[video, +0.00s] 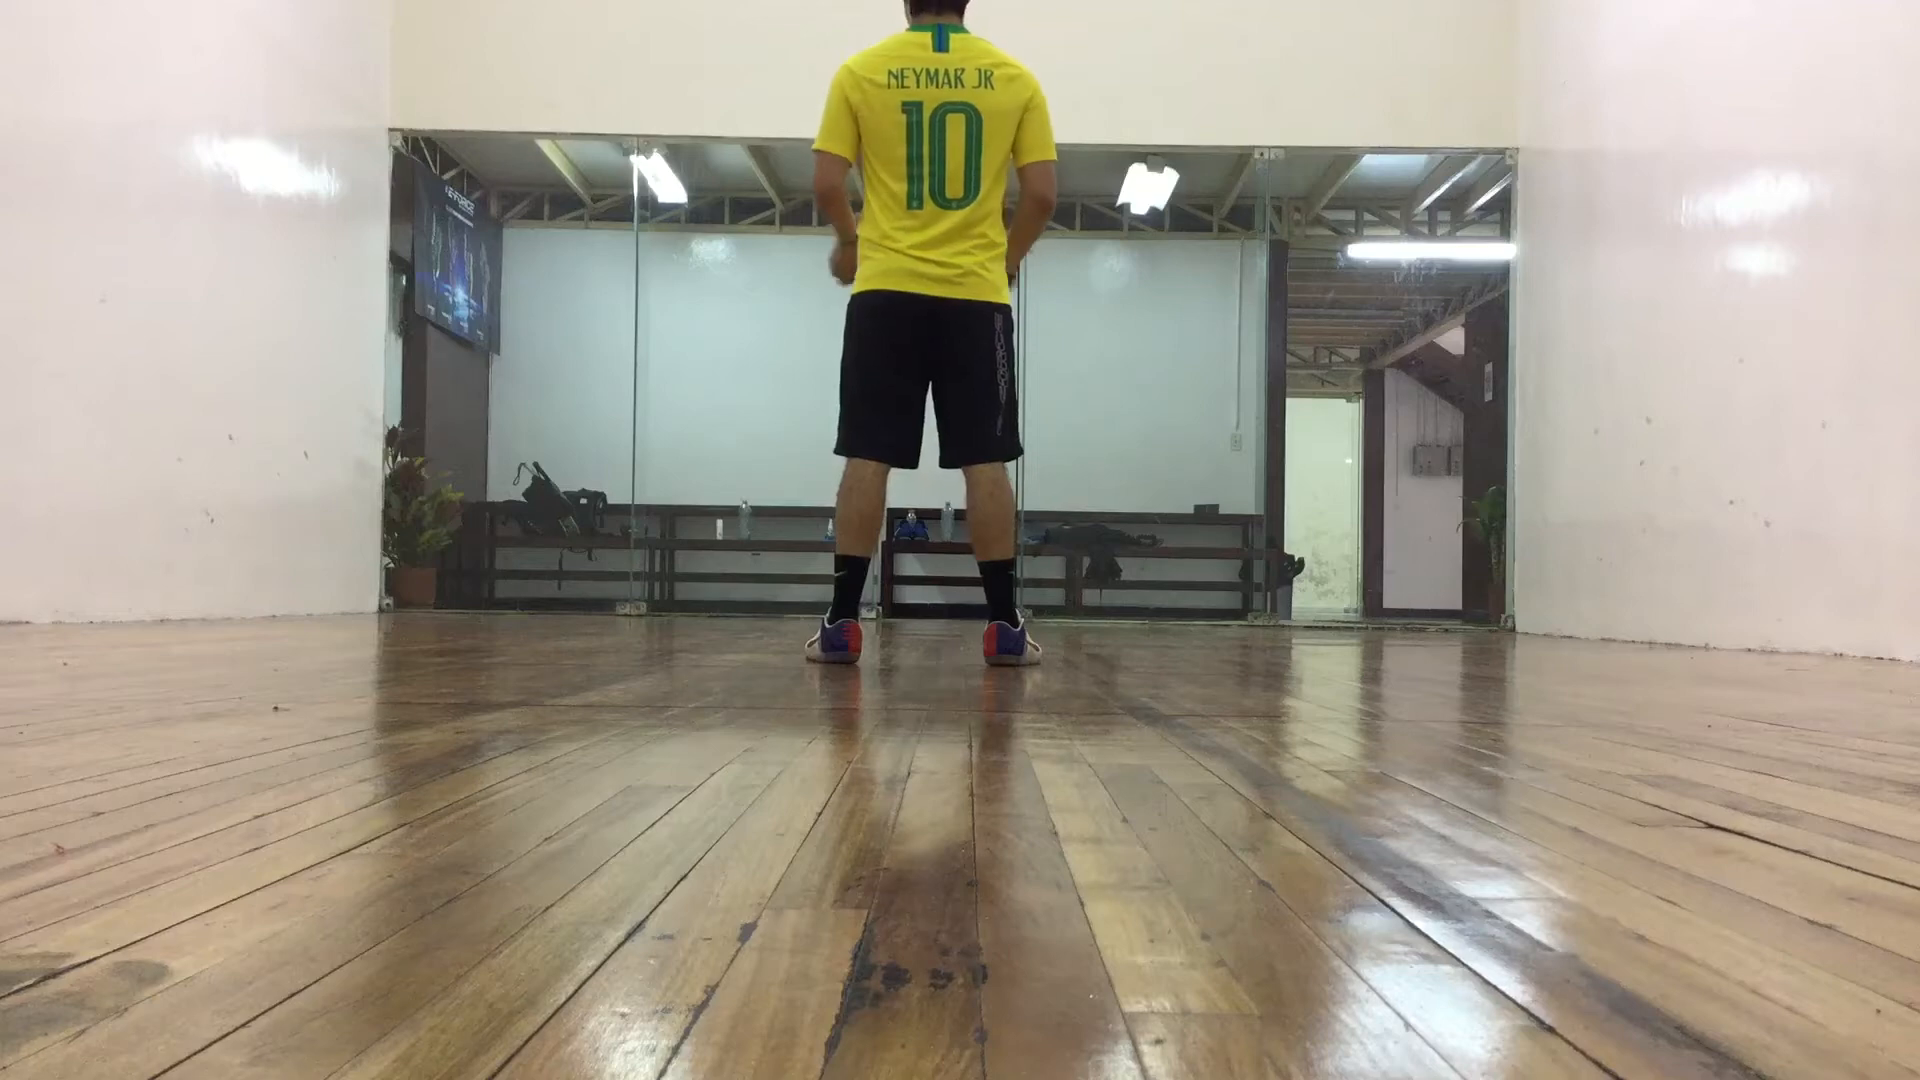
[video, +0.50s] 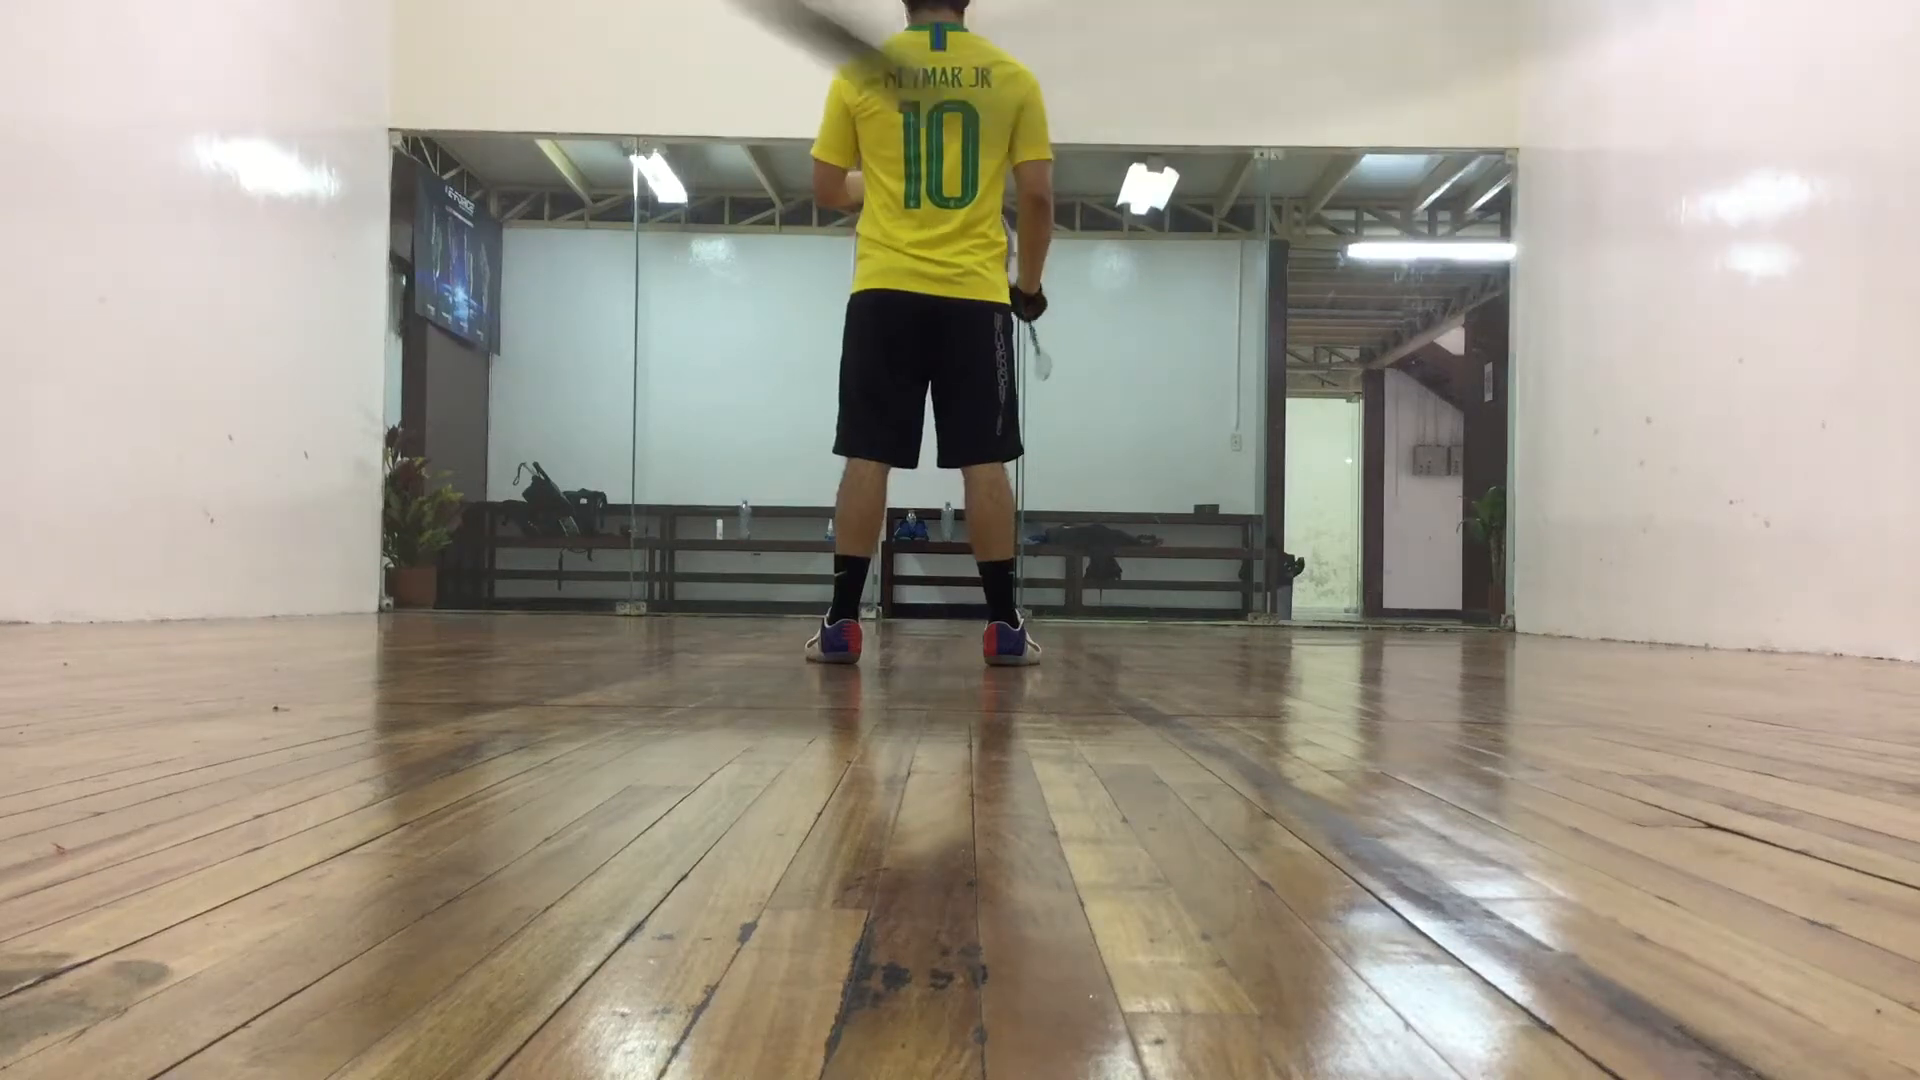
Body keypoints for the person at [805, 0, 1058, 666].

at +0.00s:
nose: (923, 13)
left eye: (911, 7)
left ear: (905, 5)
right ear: (966, 5)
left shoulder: (860, 72)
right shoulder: (1015, 78)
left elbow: (828, 181)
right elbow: (1041, 196)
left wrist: (848, 238)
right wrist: (1003, 257)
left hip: (884, 299)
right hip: (975, 303)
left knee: (866, 458)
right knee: (986, 463)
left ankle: (843, 621)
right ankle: (1005, 625)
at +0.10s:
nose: (922, 13)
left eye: (911, 7)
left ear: (906, 5)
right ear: (966, 5)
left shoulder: (859, 72)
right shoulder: (1015, 78)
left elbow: (827, 180)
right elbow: (1040, 192)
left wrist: (840, 235)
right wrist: (1020, 260)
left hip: (884, 299)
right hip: (975, 303)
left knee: (866, 458)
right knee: (986, 462)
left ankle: (843, 621)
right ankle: (1005, 625)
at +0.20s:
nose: (924, 14)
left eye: (911, 8)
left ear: (906, 6)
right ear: (966, 5)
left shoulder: (858, 72)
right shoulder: (1014, 76)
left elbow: (827, 181)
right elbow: (1040, 191)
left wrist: (845, 226)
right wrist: (1028, 259)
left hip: (884, 297)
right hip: (974, 301)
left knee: (866, 458)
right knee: (985, 462)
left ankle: (843, 621)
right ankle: (1005, 625)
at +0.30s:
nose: (917, 12)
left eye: (908, 6)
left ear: (905, 4)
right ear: (966, 4)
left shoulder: (859, 71)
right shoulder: (1013, 76)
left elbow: (831, 194)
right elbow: (1040, 193)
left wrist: (873, 195)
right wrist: (1031, 267)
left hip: (884, 297)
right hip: (974, 302)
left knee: (866, 458)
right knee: (985, 462)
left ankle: (843, 621)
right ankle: (1005, 625)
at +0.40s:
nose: (922, 13)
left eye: (910, 6)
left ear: (904, 4)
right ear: (965, 4)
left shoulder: (859, 72)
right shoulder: (1012, 76)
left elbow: (831, 192)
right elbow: (1039, 193)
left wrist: (877, 182)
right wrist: (1030, 273)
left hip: (883, 298)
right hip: (974, 303)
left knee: (866, 458)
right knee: (985, 462)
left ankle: (843, 621)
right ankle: (1005, 625)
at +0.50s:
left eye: (912, 6)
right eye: (957, 4)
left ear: (904, 3)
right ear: (967, 3)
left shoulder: (860, 71)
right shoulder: (1012, 77)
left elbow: (829, 191)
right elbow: (1037, 194)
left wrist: (874, 182)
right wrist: (1029, 282)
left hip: (884, 298)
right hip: (974, 304)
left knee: (866, 458)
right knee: (985, 463)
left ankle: (842, 621)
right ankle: (1005, 624)